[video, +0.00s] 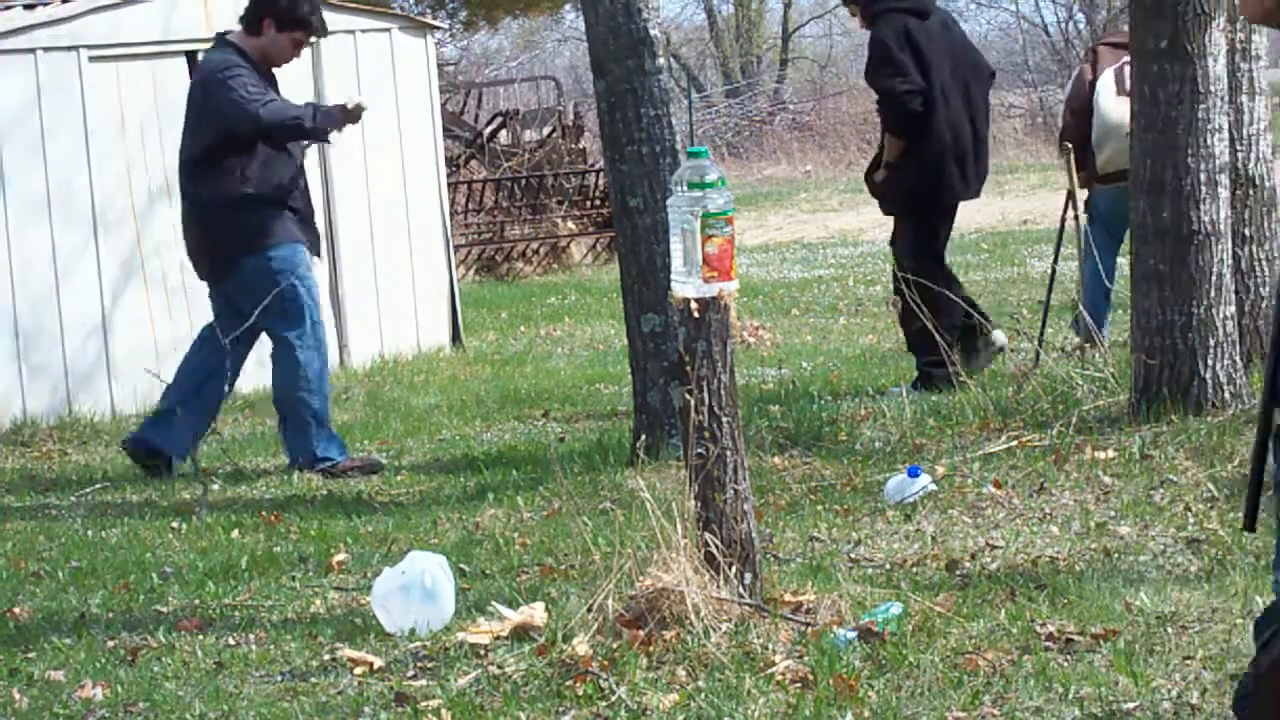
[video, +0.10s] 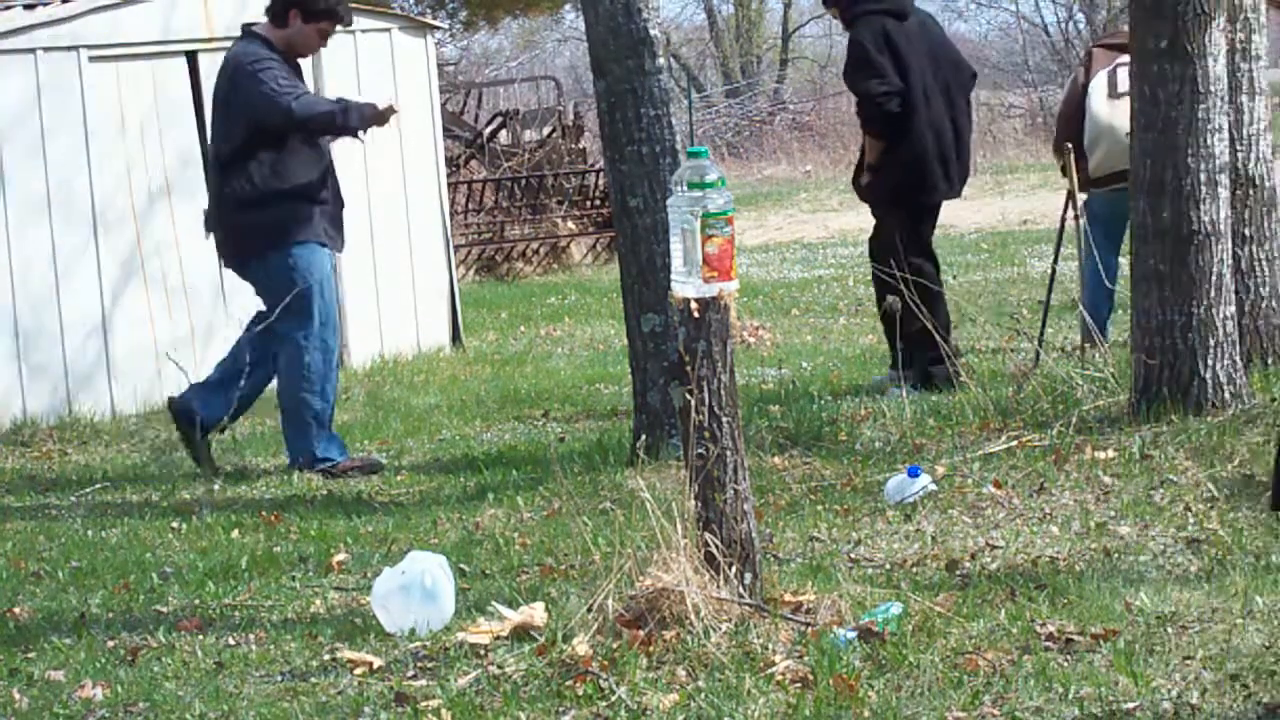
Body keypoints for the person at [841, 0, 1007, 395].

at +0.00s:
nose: (855, 18)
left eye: (853, 9)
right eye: (852, 11)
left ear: (866, 2)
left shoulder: (886, 29)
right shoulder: (938, 19)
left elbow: (904, 101)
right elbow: (981, 72)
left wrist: (888, 161)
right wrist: (966, 136)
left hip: (923, 169)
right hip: (957, 163)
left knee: (912, 269)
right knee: (924, 261)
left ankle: (937, 374)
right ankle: (976, 335)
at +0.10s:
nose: (834, 16)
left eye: (833, 9)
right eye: (831, 10)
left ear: (845, 3)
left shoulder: (865, 30)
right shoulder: (921, 20)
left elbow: (883, 103)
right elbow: (962, 75)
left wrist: (869, 164)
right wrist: (949, 142)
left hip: (901, 172)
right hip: (937, 163)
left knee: (900, 260)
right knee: (899, 257)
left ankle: (929, 370)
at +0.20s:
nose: (812, 16)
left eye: (812, 9)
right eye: (811, 11)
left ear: (825, 4)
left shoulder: (846, 35)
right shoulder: (904, 25)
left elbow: (860, 105)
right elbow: (943, 80)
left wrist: (852, 163)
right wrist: (929, 146)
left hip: (884, 176)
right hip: (924, 168)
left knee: (903, 271)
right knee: (871, 268)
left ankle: (937, 372)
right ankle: (852, 368)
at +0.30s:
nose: (801, 23)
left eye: (800, 15)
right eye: (798, 16)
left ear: (812, 7)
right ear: (846, 0)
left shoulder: (829, 37)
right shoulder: (888, 31)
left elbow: (841, 106)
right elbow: (925, 88)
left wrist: (831, 171)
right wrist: (907, 147)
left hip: (863, 180)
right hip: (904, 174)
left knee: (884, 277)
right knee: (854, 274)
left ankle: (934, 373)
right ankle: (837, 372)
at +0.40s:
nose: (785, 19)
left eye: (786, 12)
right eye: (784, 13)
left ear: (798, 9)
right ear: (835, 2)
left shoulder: (811, 41)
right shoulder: (872, 37)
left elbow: (820, 110)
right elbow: (906, 97)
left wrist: (807, 171)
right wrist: (889, 158)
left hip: (837, 180)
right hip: (881, 175)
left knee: (844, 274)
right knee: (848, 275)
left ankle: (920, 360)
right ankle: (832, 374)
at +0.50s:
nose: (770, 18)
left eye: (772, 11)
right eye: (770, 12)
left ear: (784, 8)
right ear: (823, 3)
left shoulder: (794, 40)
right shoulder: (857, 38)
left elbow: (800, 106)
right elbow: (890, 98)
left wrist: (788, 160)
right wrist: (867, 146)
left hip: (817, 176)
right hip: (863, 172)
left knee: (793, 264)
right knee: (840, 270)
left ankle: (875, 336)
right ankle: (831, 376)